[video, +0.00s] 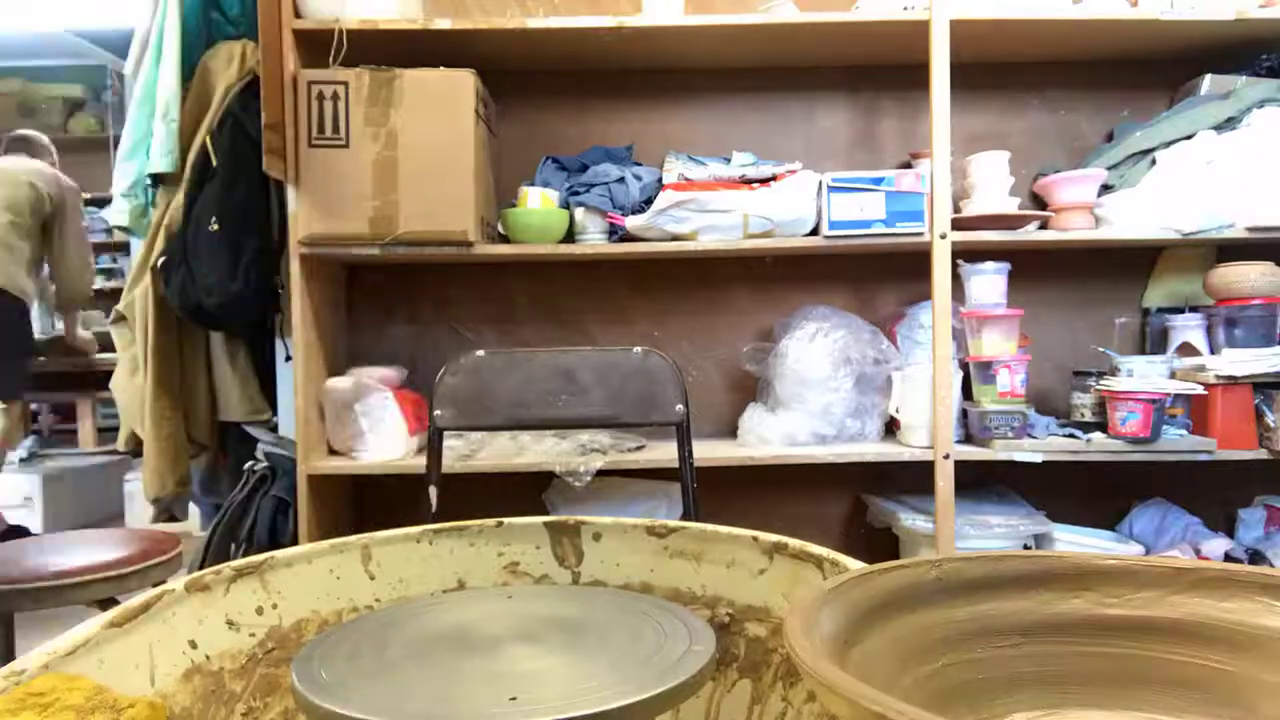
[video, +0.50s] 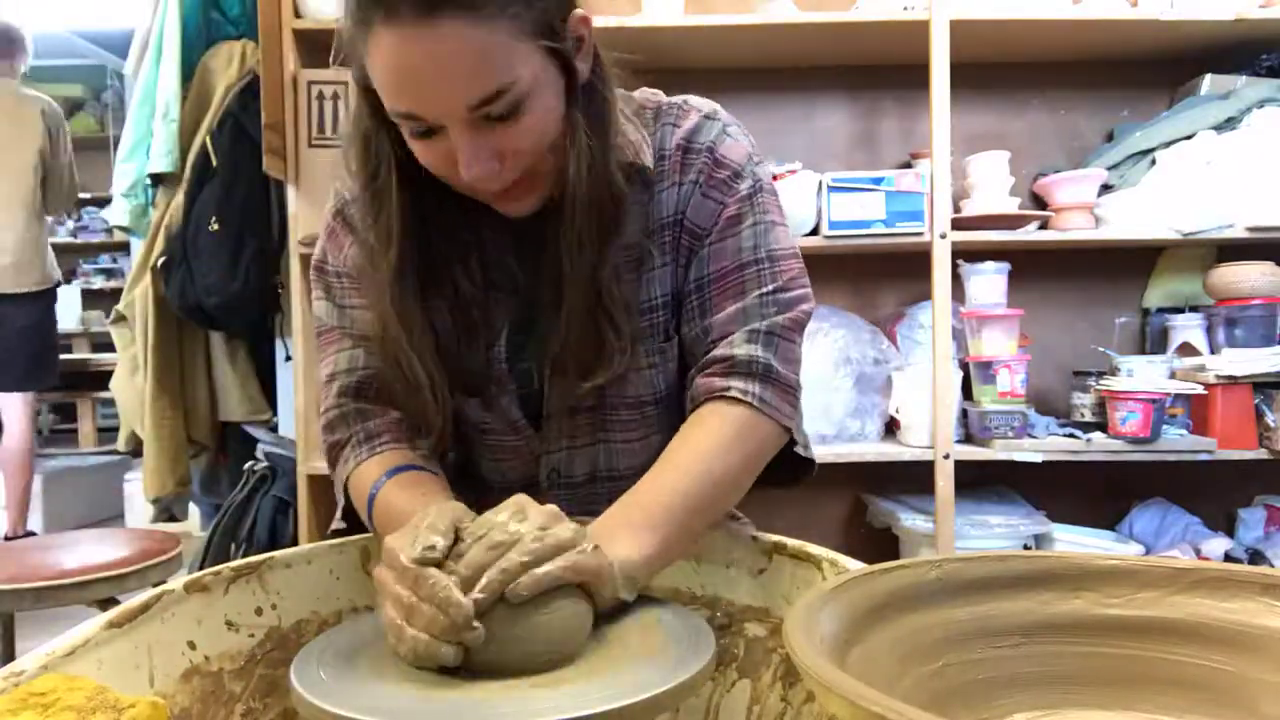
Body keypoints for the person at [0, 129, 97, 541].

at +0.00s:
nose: (60, 172)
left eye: (59, 167)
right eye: (58, 164)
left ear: (8, 154)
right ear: (48, 159)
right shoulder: (54, 182)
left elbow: (71, 267)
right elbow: (73, 269)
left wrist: (67, 326)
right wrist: (72, 332)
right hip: (6, 296)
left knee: (12, 409)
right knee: (10, 409)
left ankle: (6, 518)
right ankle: (2, 517)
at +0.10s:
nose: (24, 89)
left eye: (23, 81)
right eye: (23, 81)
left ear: (4, 77)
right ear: (11, 76)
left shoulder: (26, 119)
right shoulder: (29, 117)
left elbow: (58, 204)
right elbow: (61, 205)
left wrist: (78, 232)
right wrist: (85, 234)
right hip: (13, 276)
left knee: (17, 396)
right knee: (19, 397)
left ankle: (4, 509)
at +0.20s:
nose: (17, 73)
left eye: (13, 64)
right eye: (14, 64)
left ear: (4, 68)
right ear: (7, 68)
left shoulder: (29, 119)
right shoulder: (30, 119)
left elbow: (67, 204)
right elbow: (68, 204)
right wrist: (37, 194)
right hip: (21, 286)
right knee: (59, 393)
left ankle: (4, 522)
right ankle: (59, 524)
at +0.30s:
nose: (17, 72)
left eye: (12, 64)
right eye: (14, 64)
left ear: (5, 67)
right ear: (7, 66)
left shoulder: (28, 117)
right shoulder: (29, 117)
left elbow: (62, 205)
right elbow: (64, 205)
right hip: (21, 284)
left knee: (59, 394)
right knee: (60, 394)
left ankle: (6, 523)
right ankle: (56, 526)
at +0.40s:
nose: (16, 74)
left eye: (12, 66)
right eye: (18, 66)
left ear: (6, 67)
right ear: (19, 67)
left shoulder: (43, 119)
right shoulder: (44, 118)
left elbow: (73, 204)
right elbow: (74, 204)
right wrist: (38, 196)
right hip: (26, 280)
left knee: (25, 404)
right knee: (26, 405)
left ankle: (15, 518)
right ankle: (14, 521)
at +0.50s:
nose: (19, 67)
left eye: (13, 58)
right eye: (21, 58)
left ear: (2, 58)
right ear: (20, 58)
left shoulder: (41, 113)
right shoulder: (41, 111)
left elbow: (59, 201)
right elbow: (62, 201)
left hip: (21, 280)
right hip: (22, 278)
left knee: (18, 408)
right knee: (17, 409)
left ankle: (14, 528)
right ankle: (14, 530)